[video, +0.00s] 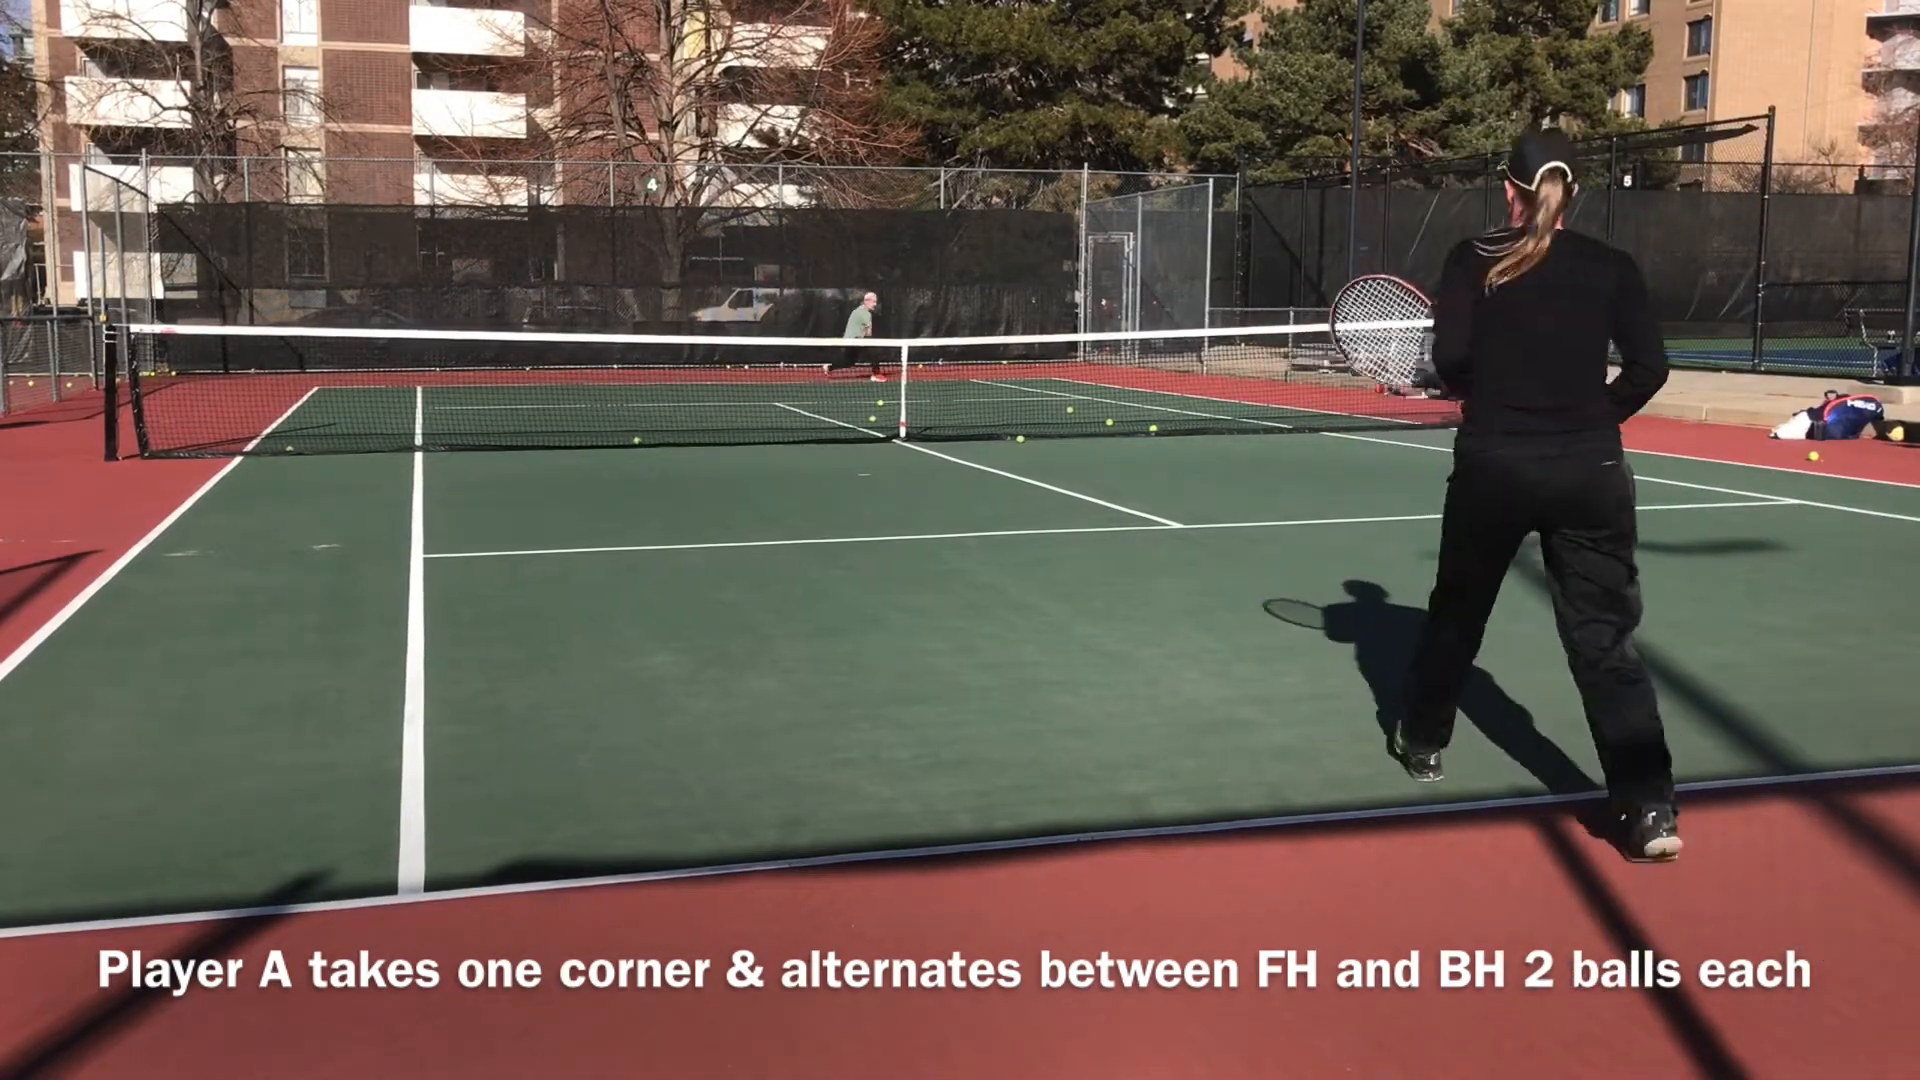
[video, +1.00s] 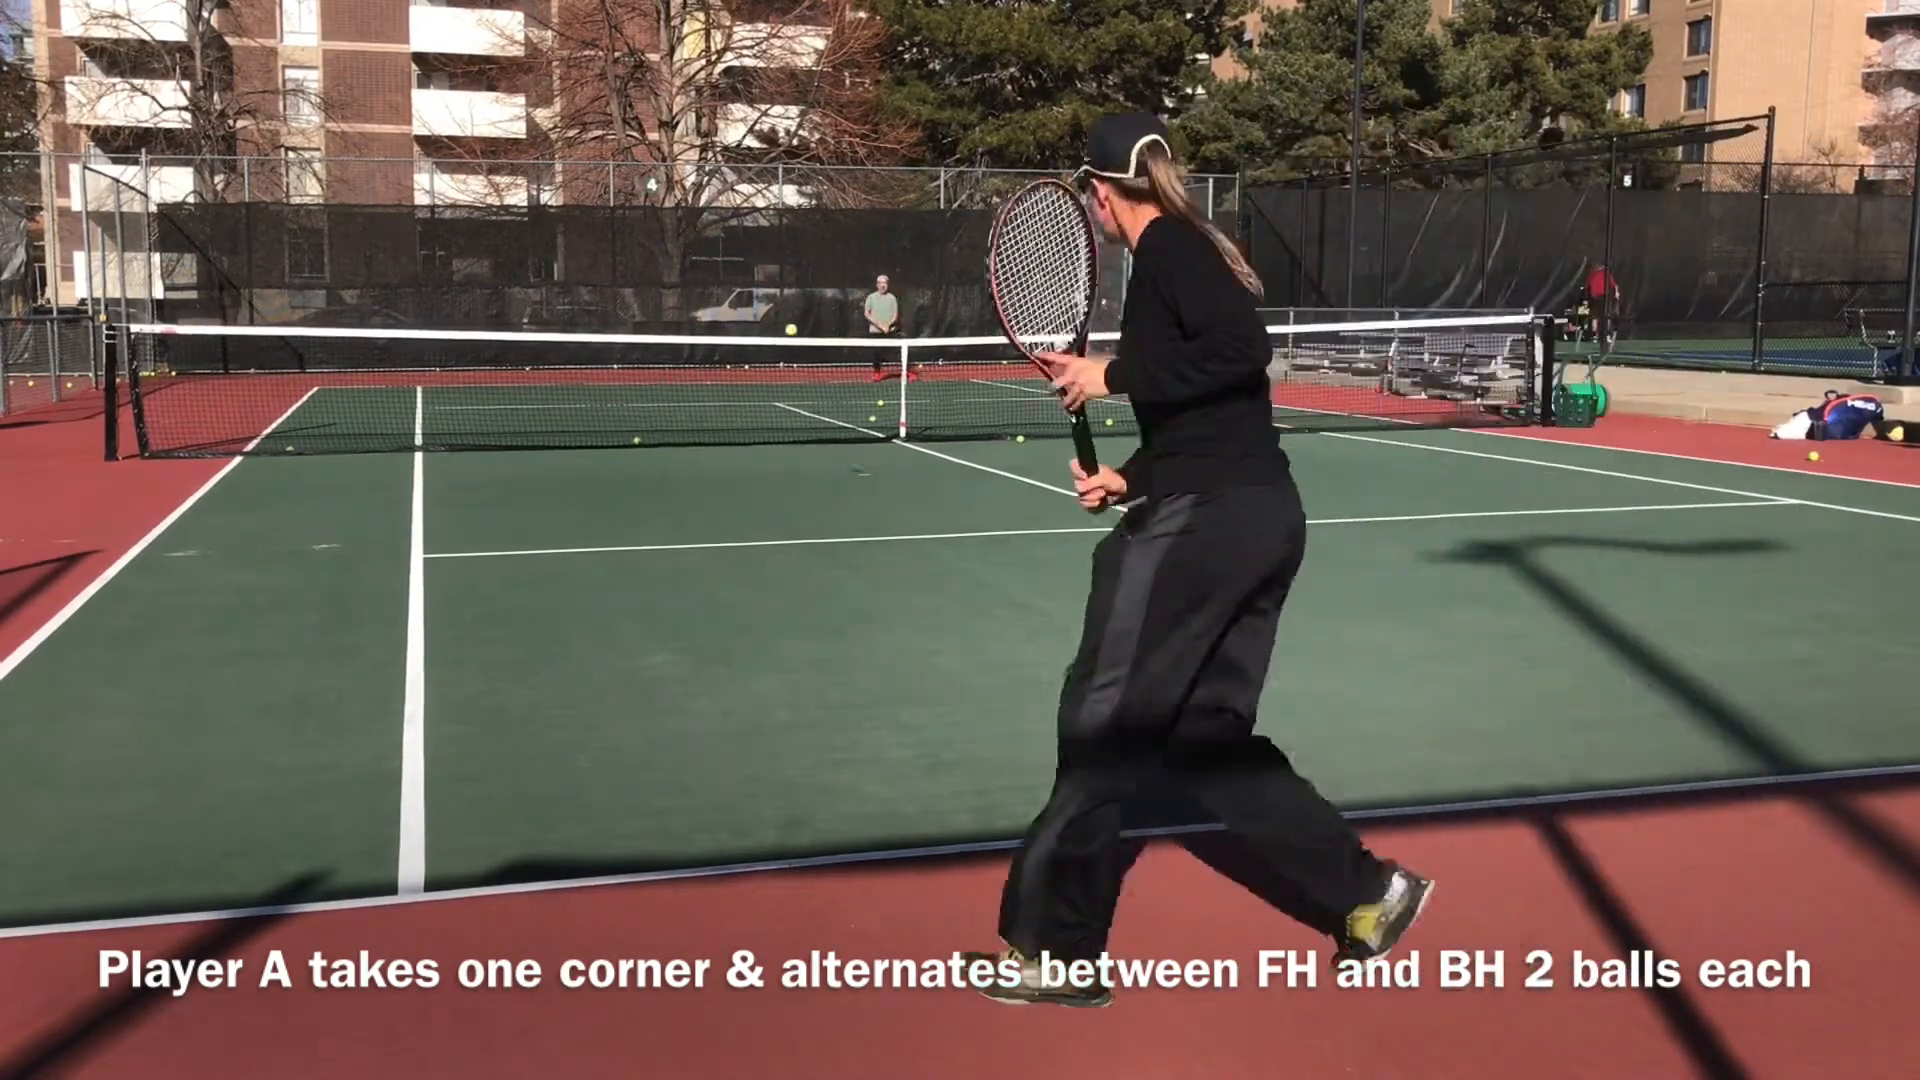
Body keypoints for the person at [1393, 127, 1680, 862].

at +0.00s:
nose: (1503, 197)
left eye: (1505, 188)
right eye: (1512, 186)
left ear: (1512, 192)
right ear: (1570, 194)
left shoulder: (1473, 258)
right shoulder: (1611, 266)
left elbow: (1449, 361)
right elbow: (1650, 367)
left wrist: (1472, 386)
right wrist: (1597, 414)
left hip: (1494, 470)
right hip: (1590, 472)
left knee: (1457, 609)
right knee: (1606, 638)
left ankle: (1423, 740)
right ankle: (1650, 810)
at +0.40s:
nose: (1516, 174)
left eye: (1518, 165)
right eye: (1526, 164)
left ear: (1530, 170)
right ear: (1599, 169)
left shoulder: (1499, 237)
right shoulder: (1648, 235)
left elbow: (1487, 354)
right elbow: (1718, 329)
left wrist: (1513, 417)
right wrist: (1669, 409)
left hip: (1555, 447)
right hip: (1659, 443)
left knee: (1498, 651)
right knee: (1679, 642)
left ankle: (1477, 829)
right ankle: (1769, 843)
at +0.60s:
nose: (1423, 209)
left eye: (1425, 198)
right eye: (1431, 196)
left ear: (1436, 202)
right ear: (1499, 202)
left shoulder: (1419, 277)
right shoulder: (1550, 281)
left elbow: (1424, 408)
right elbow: (1639, 369)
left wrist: (1432, 437)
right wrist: (1591, 448)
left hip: (1501, 513)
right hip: (1597, 496)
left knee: (1459, 733)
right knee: (1657, 687)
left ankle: (1516, 947)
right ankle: (1779, 864)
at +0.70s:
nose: (1346, 184)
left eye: (1348, 172)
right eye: (1350, 171)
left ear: (1365, 177)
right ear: (1425, 174)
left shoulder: (1348, 242)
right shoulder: (1477, 251)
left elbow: (1349, 374)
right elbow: (1566, 343)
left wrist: (1350, 408)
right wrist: (1521, 427)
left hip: (1429, 494)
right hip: (1527, 479)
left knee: (1428, 732)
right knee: (1537, 663)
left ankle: (1498, 940)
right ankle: (1657, 861)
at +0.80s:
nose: (1265, 169)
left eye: (1266, 157)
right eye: (1270, 156)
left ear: (1284, 161)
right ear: (1346, 155)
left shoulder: (1282, 225)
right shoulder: (1411, 232)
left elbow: (1301, 342)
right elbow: (1473, 352)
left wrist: (1276, 392)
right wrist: (1380, 400)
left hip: (1366, 472)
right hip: (1461, 468)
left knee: (1323, 698)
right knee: (1413, 681)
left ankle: (1416, 906)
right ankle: (1477, 886)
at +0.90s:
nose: (1183, 188)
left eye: (1183, 174)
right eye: (1185, 173)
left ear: (1198, 173)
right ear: (1252, 167)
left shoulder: (1225, 236)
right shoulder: (1296, 230)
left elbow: (1273, 356)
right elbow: (1322, 380)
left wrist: (1184, 390)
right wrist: (1247, 465)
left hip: (1299, 496)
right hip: (1371, 494)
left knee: (1194, 696)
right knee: (1330, 710)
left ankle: (1210, 936)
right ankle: (1425, 933)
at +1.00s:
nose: (1090, 208)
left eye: (1090, 192)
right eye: (1091, 192)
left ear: (1107, 191)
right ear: (1153, 181)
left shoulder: (1168, 248)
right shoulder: (1181, 253)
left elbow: (1240, 349)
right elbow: (1214, 405)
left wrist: (1114, 374)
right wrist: (1133, 476)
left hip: (1202, 511)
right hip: (1249, 511)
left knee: (1106, 718)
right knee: (1200, 735)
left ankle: (1057, 949)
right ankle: (1364, 890)